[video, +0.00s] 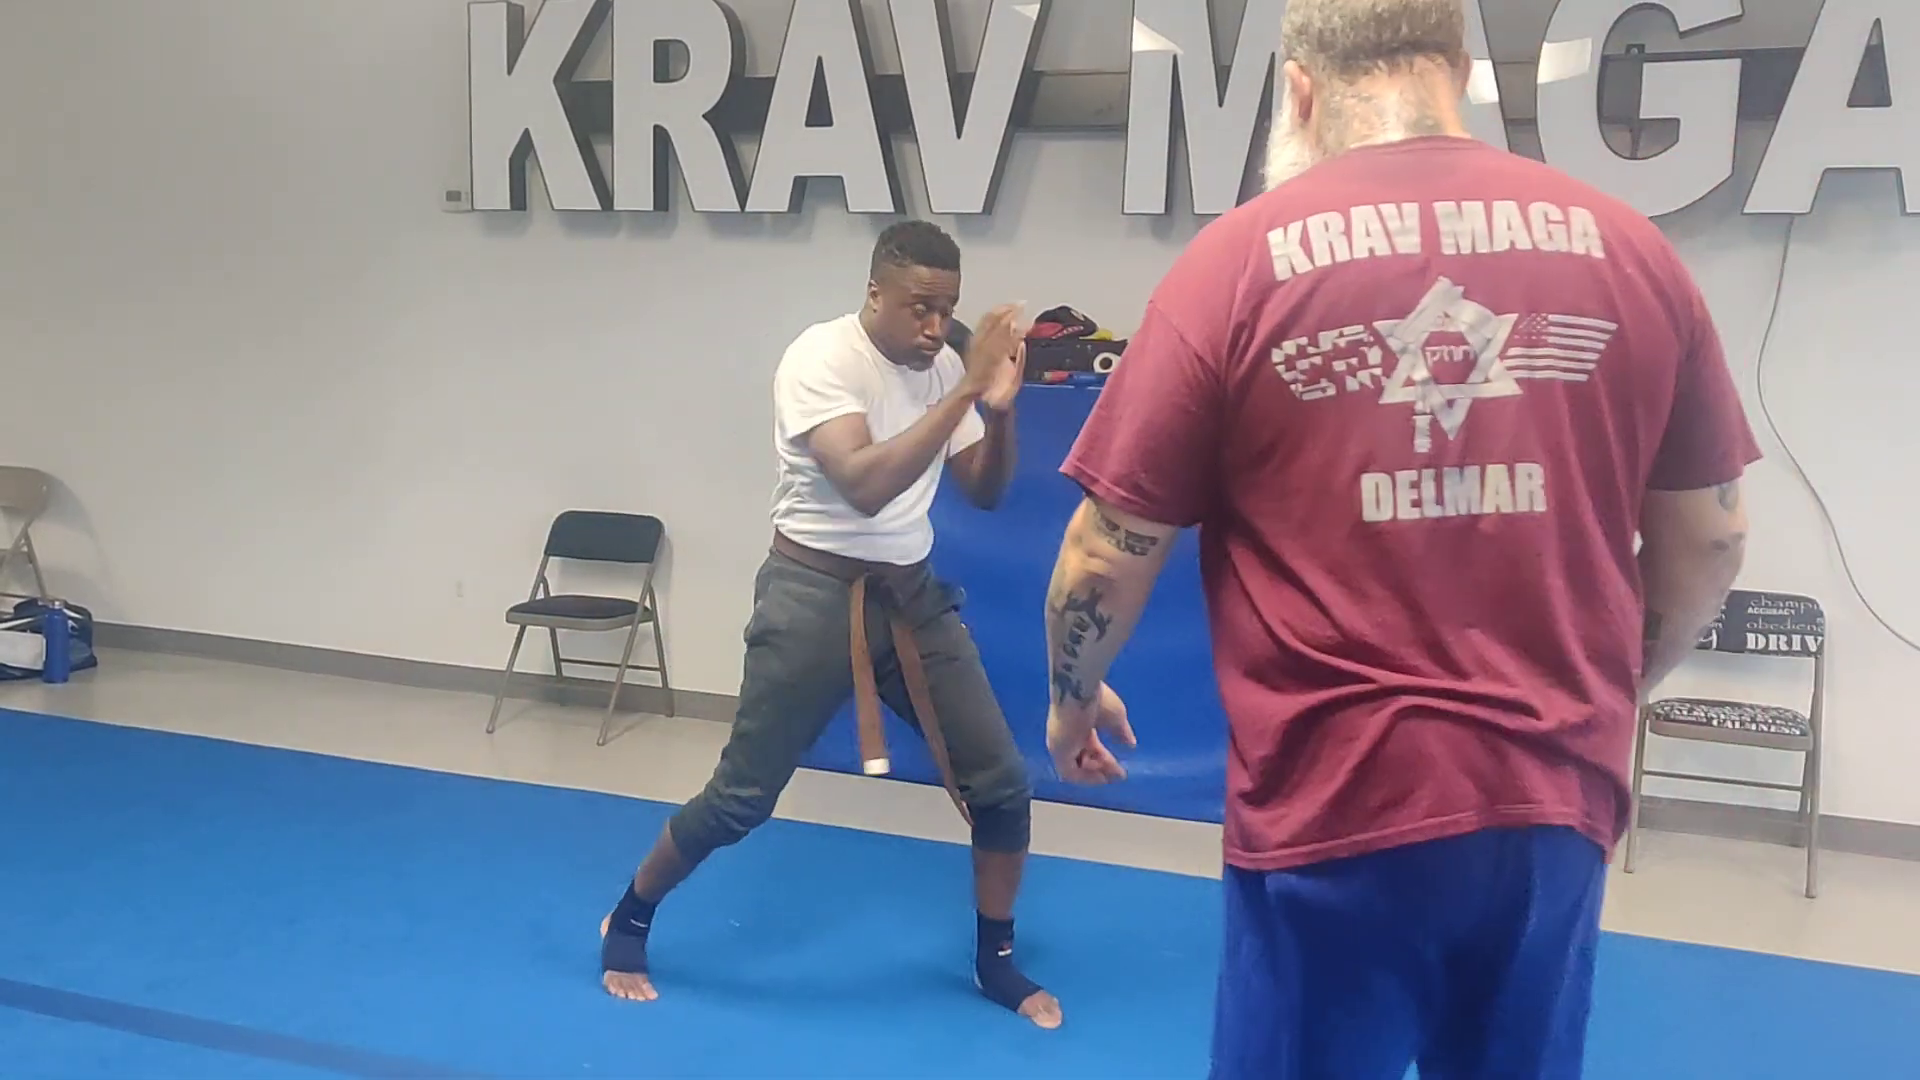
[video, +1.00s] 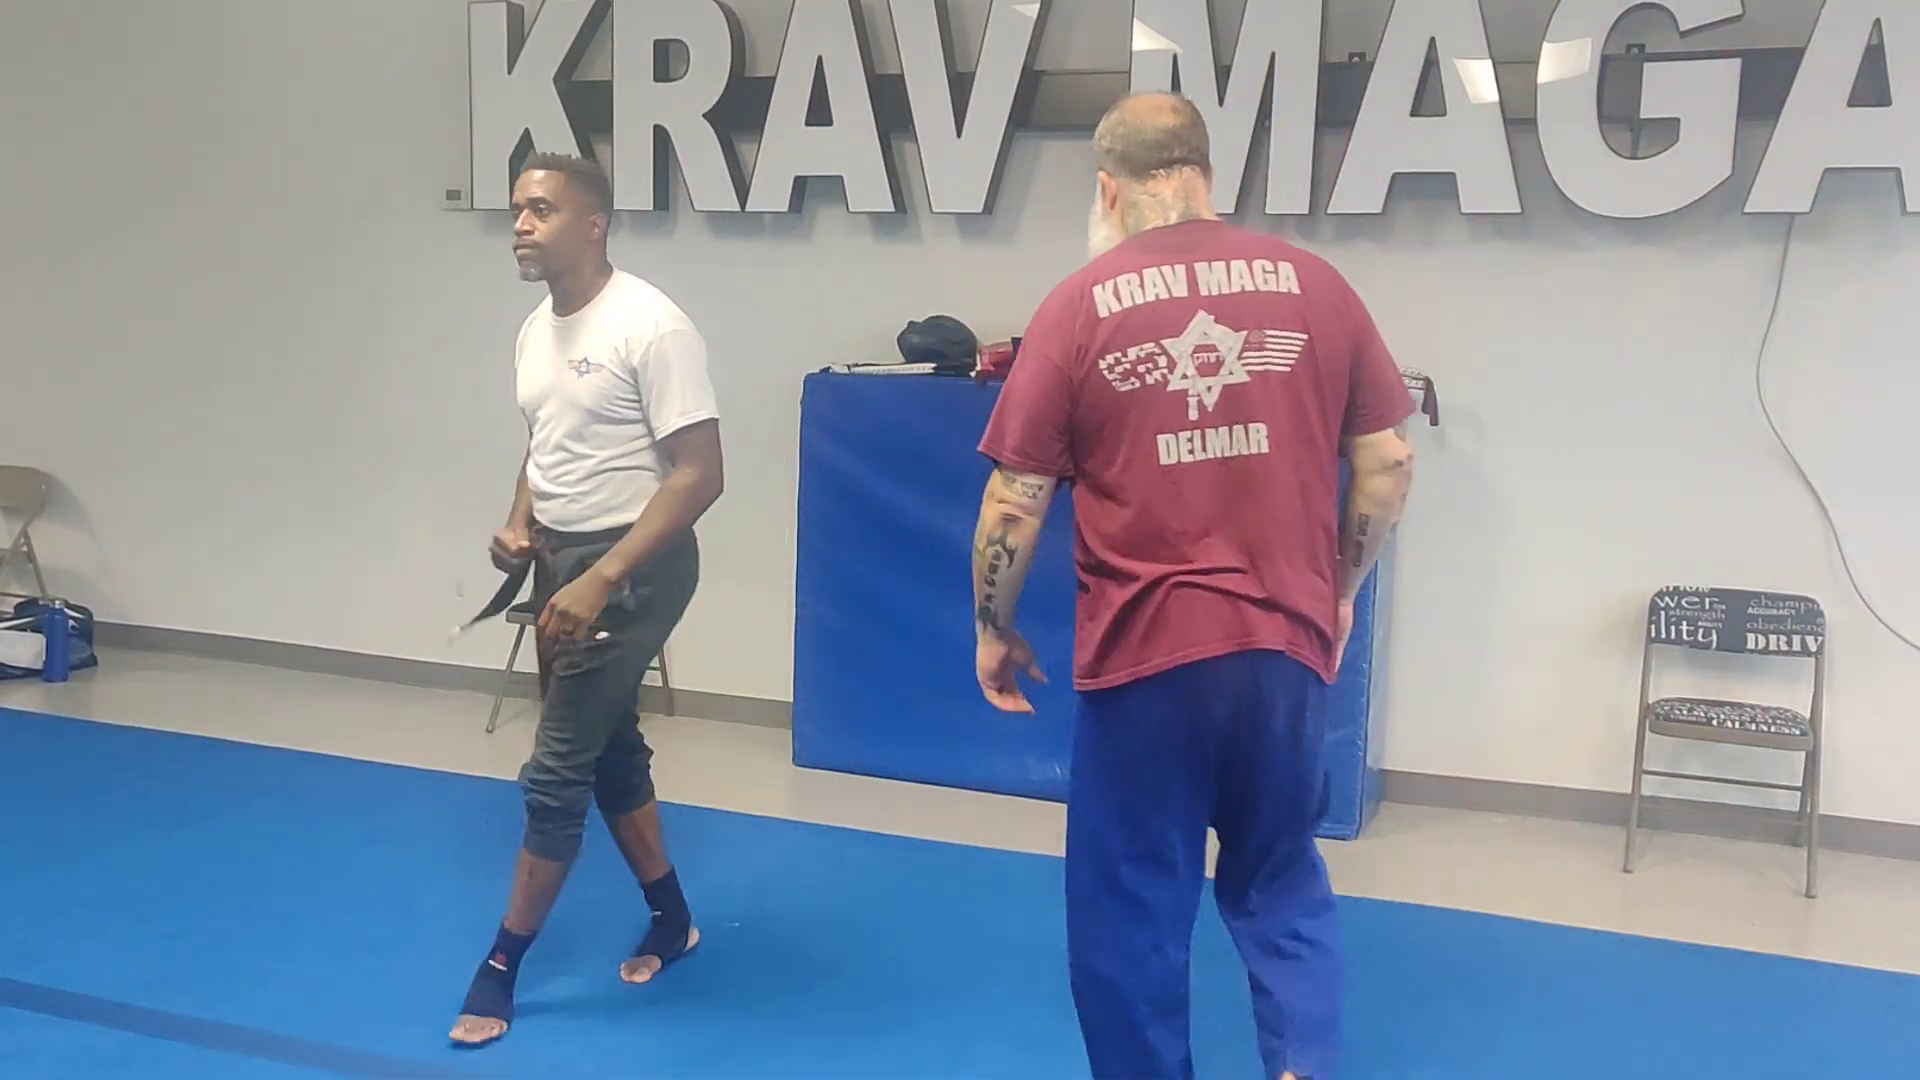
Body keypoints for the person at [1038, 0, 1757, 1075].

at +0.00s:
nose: (1274, 124)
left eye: (1274, 102)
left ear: (1299, 89)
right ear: (1461, 78)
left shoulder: (1246, 253)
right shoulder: (1628, 245)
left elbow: (1105, 559)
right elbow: (1708, 535)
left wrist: (1075, 693)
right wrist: (1617, 680)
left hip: (1333, 788)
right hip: (1556, 783)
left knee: (1303, 1064)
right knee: (1517, 1066)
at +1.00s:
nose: (1100, 204)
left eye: (1100, 191)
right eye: (1107, 190)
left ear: (1111, 187)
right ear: (1207, 176)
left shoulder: (1081, 304)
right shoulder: (1319, 283)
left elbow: (1013, 507)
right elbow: (1386, 462)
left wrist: (996, 628)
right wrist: (1343, 582)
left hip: (1146, 645)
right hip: (1290, 642)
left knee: (1130, 902)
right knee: (1280, 872)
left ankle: (1146, 1068)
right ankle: (1303, 1065)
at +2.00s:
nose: (897, 239)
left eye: (897, 228)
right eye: (901, 227)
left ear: (909, 229)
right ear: (980, 222)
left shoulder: (896, 318)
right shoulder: (1057, 303)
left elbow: (849, 461)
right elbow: (1105, 436)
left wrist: (828, 563)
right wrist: (1076, 521)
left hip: (936, 568)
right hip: (1039, 563)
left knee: (922, 756)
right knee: (1048, 744)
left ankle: (932, 933)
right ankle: (1065, 875)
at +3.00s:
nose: (731, 270)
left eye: (730, 261)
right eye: (734, 260)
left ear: (739, 259)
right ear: (798, 256)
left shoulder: (734, 329)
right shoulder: (859, 323)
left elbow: (704, 444)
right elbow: (890, 436)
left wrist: (684, 532)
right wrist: (853, 502)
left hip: (765, 532)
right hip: (848, 529)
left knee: (745, 678)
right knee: (845, 674)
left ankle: (739, 809)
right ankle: (864, 807)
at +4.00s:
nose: (579, 287)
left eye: (581, 275)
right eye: (579, 276)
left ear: (603, 274)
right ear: (637, 270)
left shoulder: (606, 334)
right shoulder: (694, 326)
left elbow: (598, 434)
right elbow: (719, 414)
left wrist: (579, 515)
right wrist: (684, 468)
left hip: (633, 514)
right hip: (700, 508)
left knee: (595, 631)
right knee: (704, 638)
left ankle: (579, 744)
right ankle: (723, 758)